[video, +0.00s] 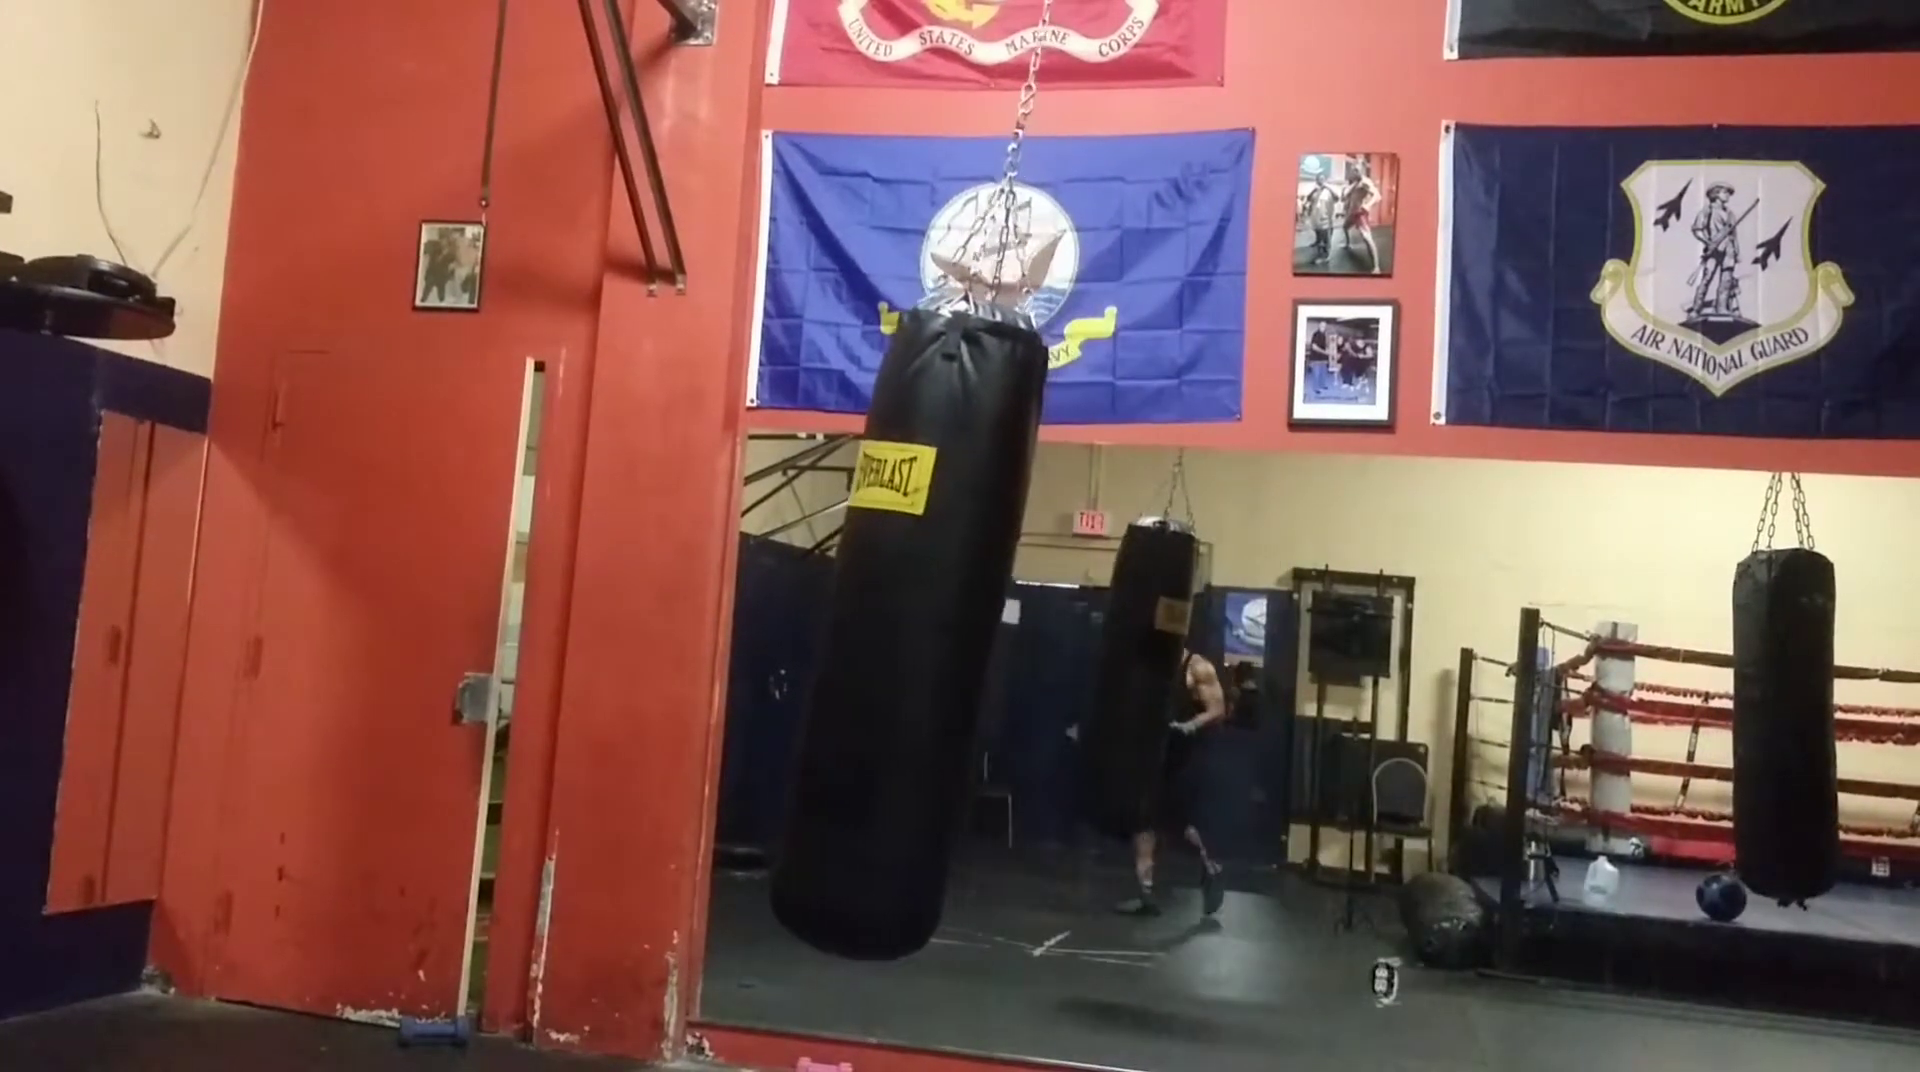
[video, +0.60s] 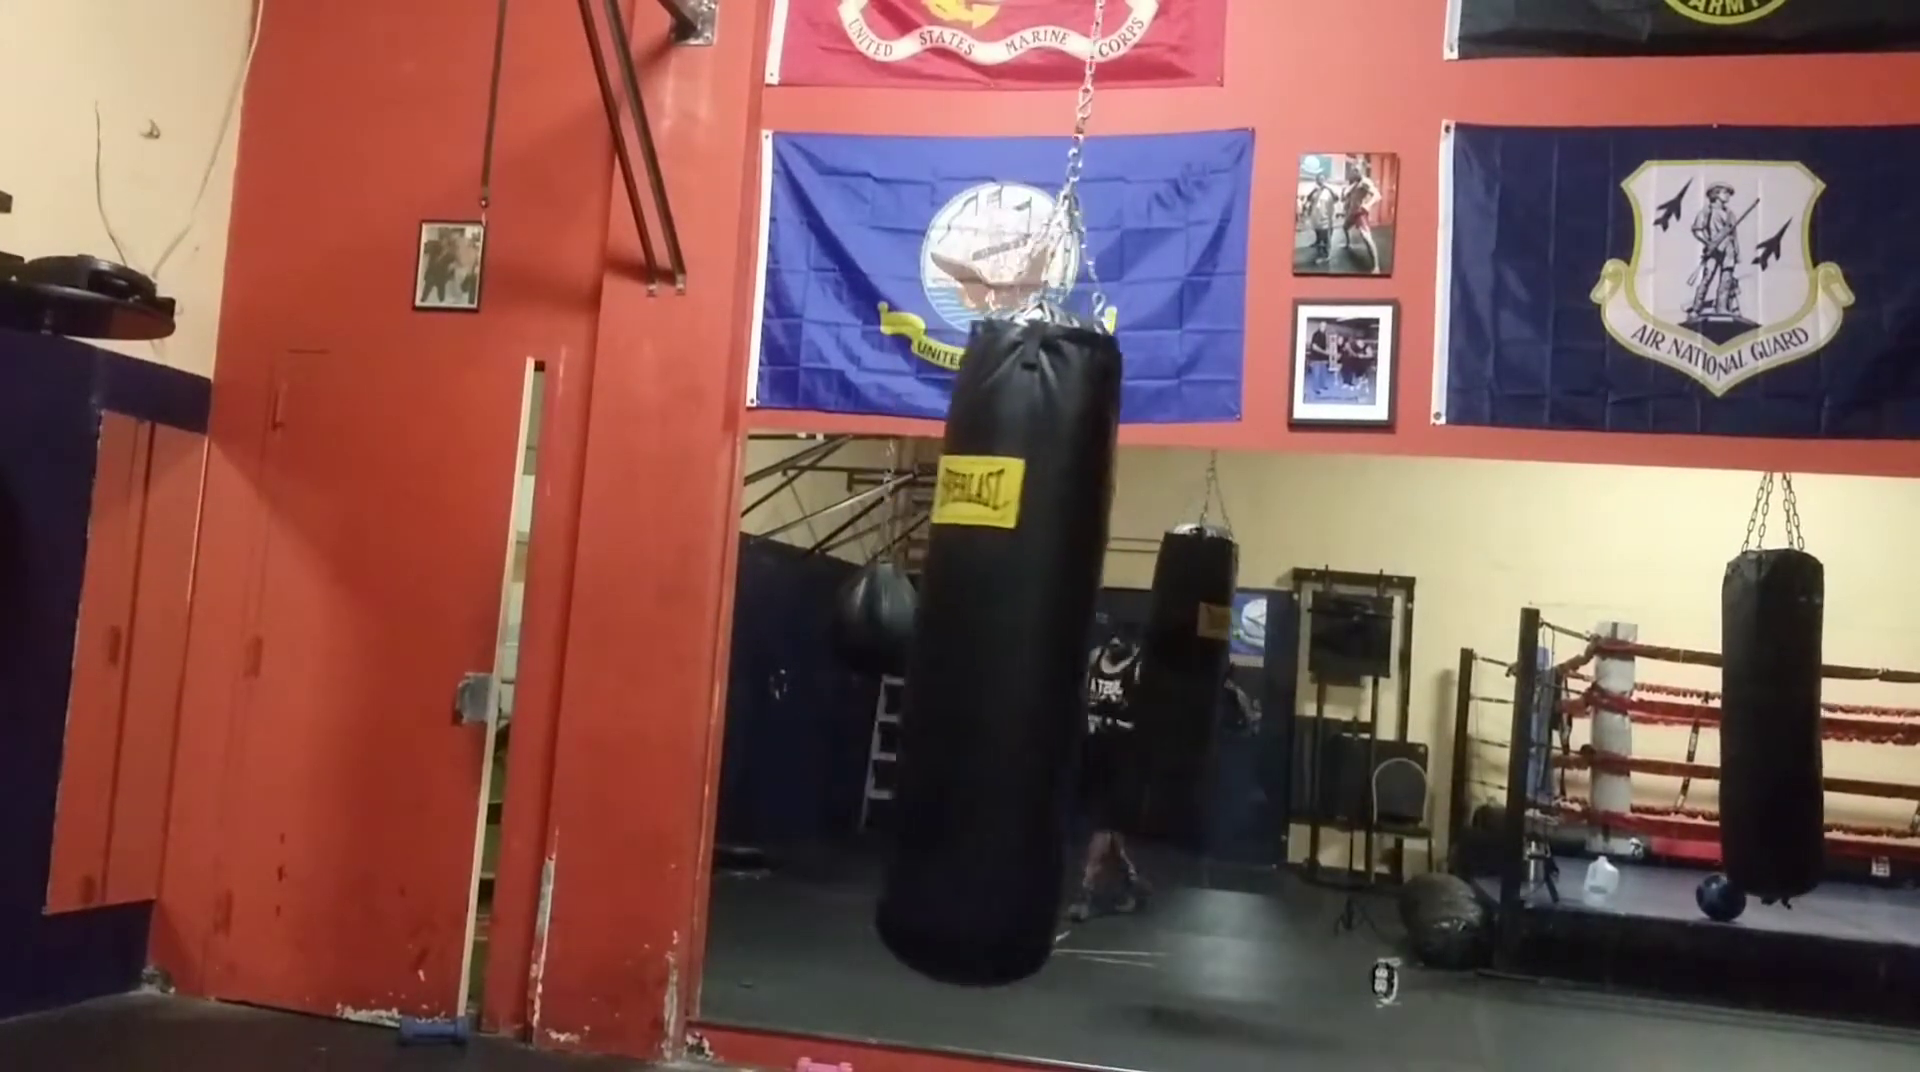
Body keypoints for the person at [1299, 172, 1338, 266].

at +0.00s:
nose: (1320, 182)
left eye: (1321, 180)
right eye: (1318, 180)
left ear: (1324, 180)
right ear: (1316, 181)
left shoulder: (1328, 191)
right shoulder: (1315, 192)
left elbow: (1336, 199)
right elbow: (1309, 199)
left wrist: (1328, 188)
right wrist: (1314, 191)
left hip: (1326, 217)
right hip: (1315, 217)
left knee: (1325, 239)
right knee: (1318, 238)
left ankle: (1325, 255)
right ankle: (1319, 254)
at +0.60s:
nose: (1320, 182)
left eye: (1322, 180)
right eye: (1318, 180)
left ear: (1324, 180)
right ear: (1316, 181)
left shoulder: (1328, 192)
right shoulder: (1315, 192)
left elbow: (1336, 199)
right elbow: (1308, 199)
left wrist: (1329, 189)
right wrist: (1314, 192)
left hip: (1325, 217)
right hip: (1315, 217)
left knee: (1325, 239)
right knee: (1318, 238)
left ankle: (1325, 255)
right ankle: (1318, 254)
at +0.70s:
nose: (1320, 182)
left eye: (1322, 180)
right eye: (1318, 180)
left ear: (1324, 180)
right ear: (1316, 181)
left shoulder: (1328, 192)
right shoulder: (1314, 192)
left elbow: (1335, 200)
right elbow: (1309, 200)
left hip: (1325, 217)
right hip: (1315, 217)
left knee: (1325, 239)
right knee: (1318, 238)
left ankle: (1325, 255)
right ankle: (1318, 254)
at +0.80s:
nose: (1320, 182)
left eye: (1322, 180)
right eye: (1318, 180)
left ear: (1325, 180)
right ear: (1316, 181)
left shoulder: (1329, 191)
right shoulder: (1314, 192)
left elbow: (1335, 199)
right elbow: (1309, 199)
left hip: (1325, 217)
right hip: (1315, 217)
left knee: (1325, 239)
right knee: (1318, 238)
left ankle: (1325, 255)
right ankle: (1319, 254)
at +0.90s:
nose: (1320, 183)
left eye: (1321, 180)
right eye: (1318, 181)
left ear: (1325, 181)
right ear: (1316, 181)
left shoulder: (1328, 192)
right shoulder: (1315, 192)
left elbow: (1336, 199)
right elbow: (1309, 199)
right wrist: (1314, 192)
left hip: (1325, 217)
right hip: (1315, 216)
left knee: (1324, 238)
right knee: (1318, 236)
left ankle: (1324, 255)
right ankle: (1318, 253)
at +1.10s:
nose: (1319, 182)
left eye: (1321, 180)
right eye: (1318, 180)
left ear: (1324, 180)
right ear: (1316, 181)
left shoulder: (1329, 192)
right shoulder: (1315, 192)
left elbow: (1336, 198)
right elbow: (1309, 199)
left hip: (1325, 218)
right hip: (1316, 217)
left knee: (1325, 239)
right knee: (1318, 238)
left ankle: (1325, 255)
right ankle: (1318, 253)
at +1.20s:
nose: (1320, 183)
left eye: (1321, 180)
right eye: (1318, 180)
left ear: (1324, 180)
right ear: (1316, 181)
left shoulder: (1329, 192)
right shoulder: (1315, 192)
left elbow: (1336, 199)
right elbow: (1309, 199)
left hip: (1325, 216)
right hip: (1316, 216)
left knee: (1325, 239)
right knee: (1318, 237)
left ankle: (1324, 255)